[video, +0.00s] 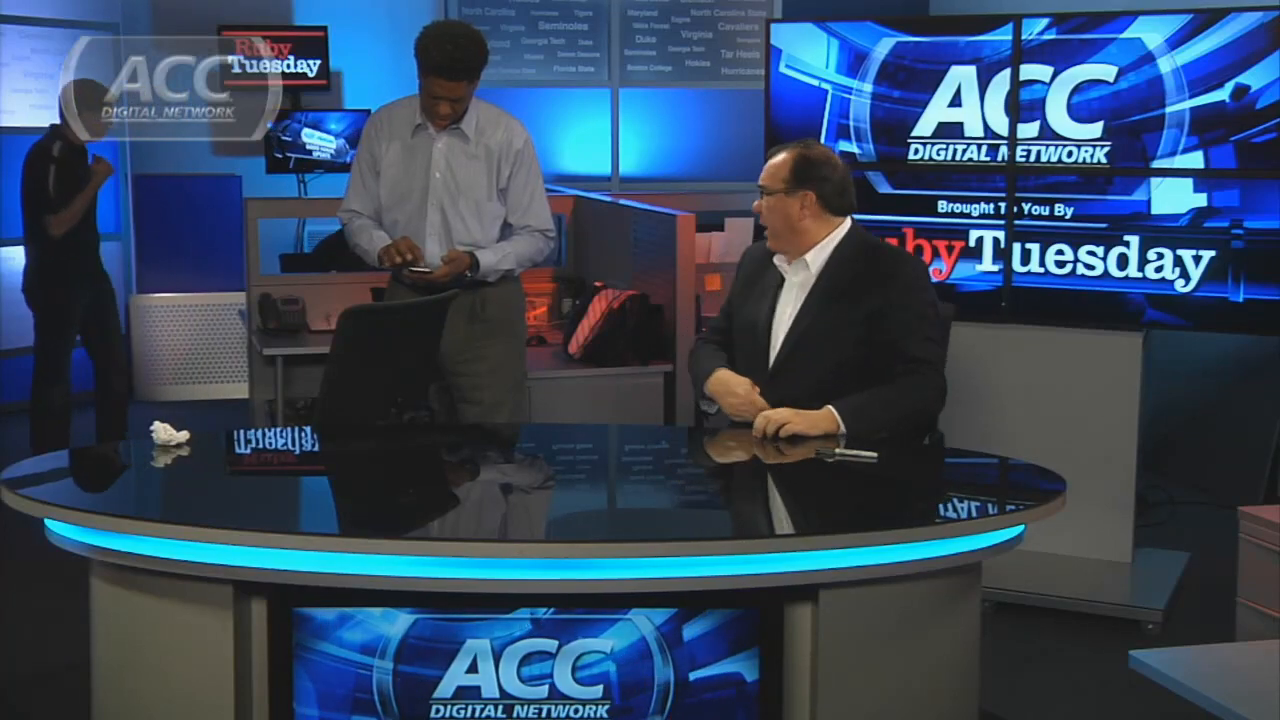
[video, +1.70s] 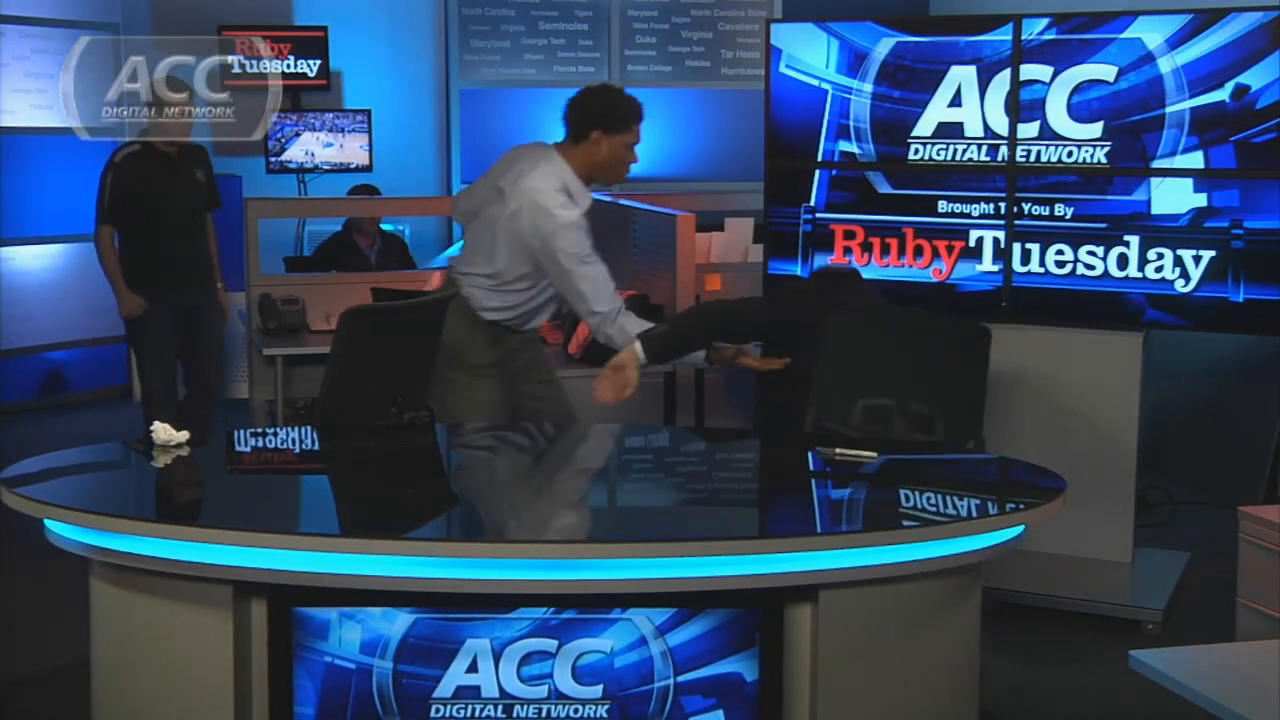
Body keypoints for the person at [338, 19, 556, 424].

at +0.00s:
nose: (443, 110)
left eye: (456, 100)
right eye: (433, 97)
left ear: (475, 83)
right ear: (420, 77)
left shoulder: (508, 137)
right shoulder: (383, 127)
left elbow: (538, 237)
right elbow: (355, 216)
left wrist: (475, 260)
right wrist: (382, 247)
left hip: (485, 314)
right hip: (406, 312)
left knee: (489, 449)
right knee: (406, 451)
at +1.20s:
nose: (478, 105)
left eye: (486, 93)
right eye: (466, 93)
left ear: (495, 85)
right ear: (435, 78)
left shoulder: (511, 141)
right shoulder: (385, 127)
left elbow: (538, 225)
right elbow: (359, 222)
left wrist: (505, 259)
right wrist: (412, 255)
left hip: (486, 311)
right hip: (409, 309)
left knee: (484, 444)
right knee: (410, 442)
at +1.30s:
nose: (502, 117)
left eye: (509, 105)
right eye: (492, 104)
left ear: (515, 100)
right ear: (455, 91)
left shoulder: (517, 150)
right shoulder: (398, 148)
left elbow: (530, 223)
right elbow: (395, 257)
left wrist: (518, 268)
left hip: (488, 320)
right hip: (410, 319)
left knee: (485, 451)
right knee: (410, 450)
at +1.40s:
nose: (527, 137)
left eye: (530, 125)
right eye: (517, 124)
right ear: (478, 117)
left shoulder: (508, 162)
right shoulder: (429, 182)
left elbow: (510, 219)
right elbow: (475, 297)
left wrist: (536, 254)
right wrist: (574, 350)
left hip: (483, 314)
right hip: (416, 322)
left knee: (492, 442)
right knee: (426, 449)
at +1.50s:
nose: (564, 160)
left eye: (565, 149)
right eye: (556, 148)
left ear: (522, 146)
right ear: (516, 143)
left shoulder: (506, 186)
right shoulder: (469, 206)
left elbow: (503, 245)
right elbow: (550, 317)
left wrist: (541, 264)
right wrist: (647, 360)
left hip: (475, 337)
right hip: (411, 343)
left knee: (508, 449)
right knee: (412, 462)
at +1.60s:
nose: (600, 168)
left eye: (601, 156)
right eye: (594, 156)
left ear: (556, 149)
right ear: (558, 149)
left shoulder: (504, 167)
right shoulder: (510, 213)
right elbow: (581, 306)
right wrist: (681, 355)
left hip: (478, 331)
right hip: (428, 331)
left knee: (522, 428)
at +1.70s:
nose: (633, 160)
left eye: (635, 147)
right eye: (629, 147)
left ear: (592, 140)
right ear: (598, 140)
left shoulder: (525, 158)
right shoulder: (554, 210)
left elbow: (463, 208)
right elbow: (604, 312)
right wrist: (703, 353)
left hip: (513, 334)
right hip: (474, 337)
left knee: (568, 428)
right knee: (478, 451)